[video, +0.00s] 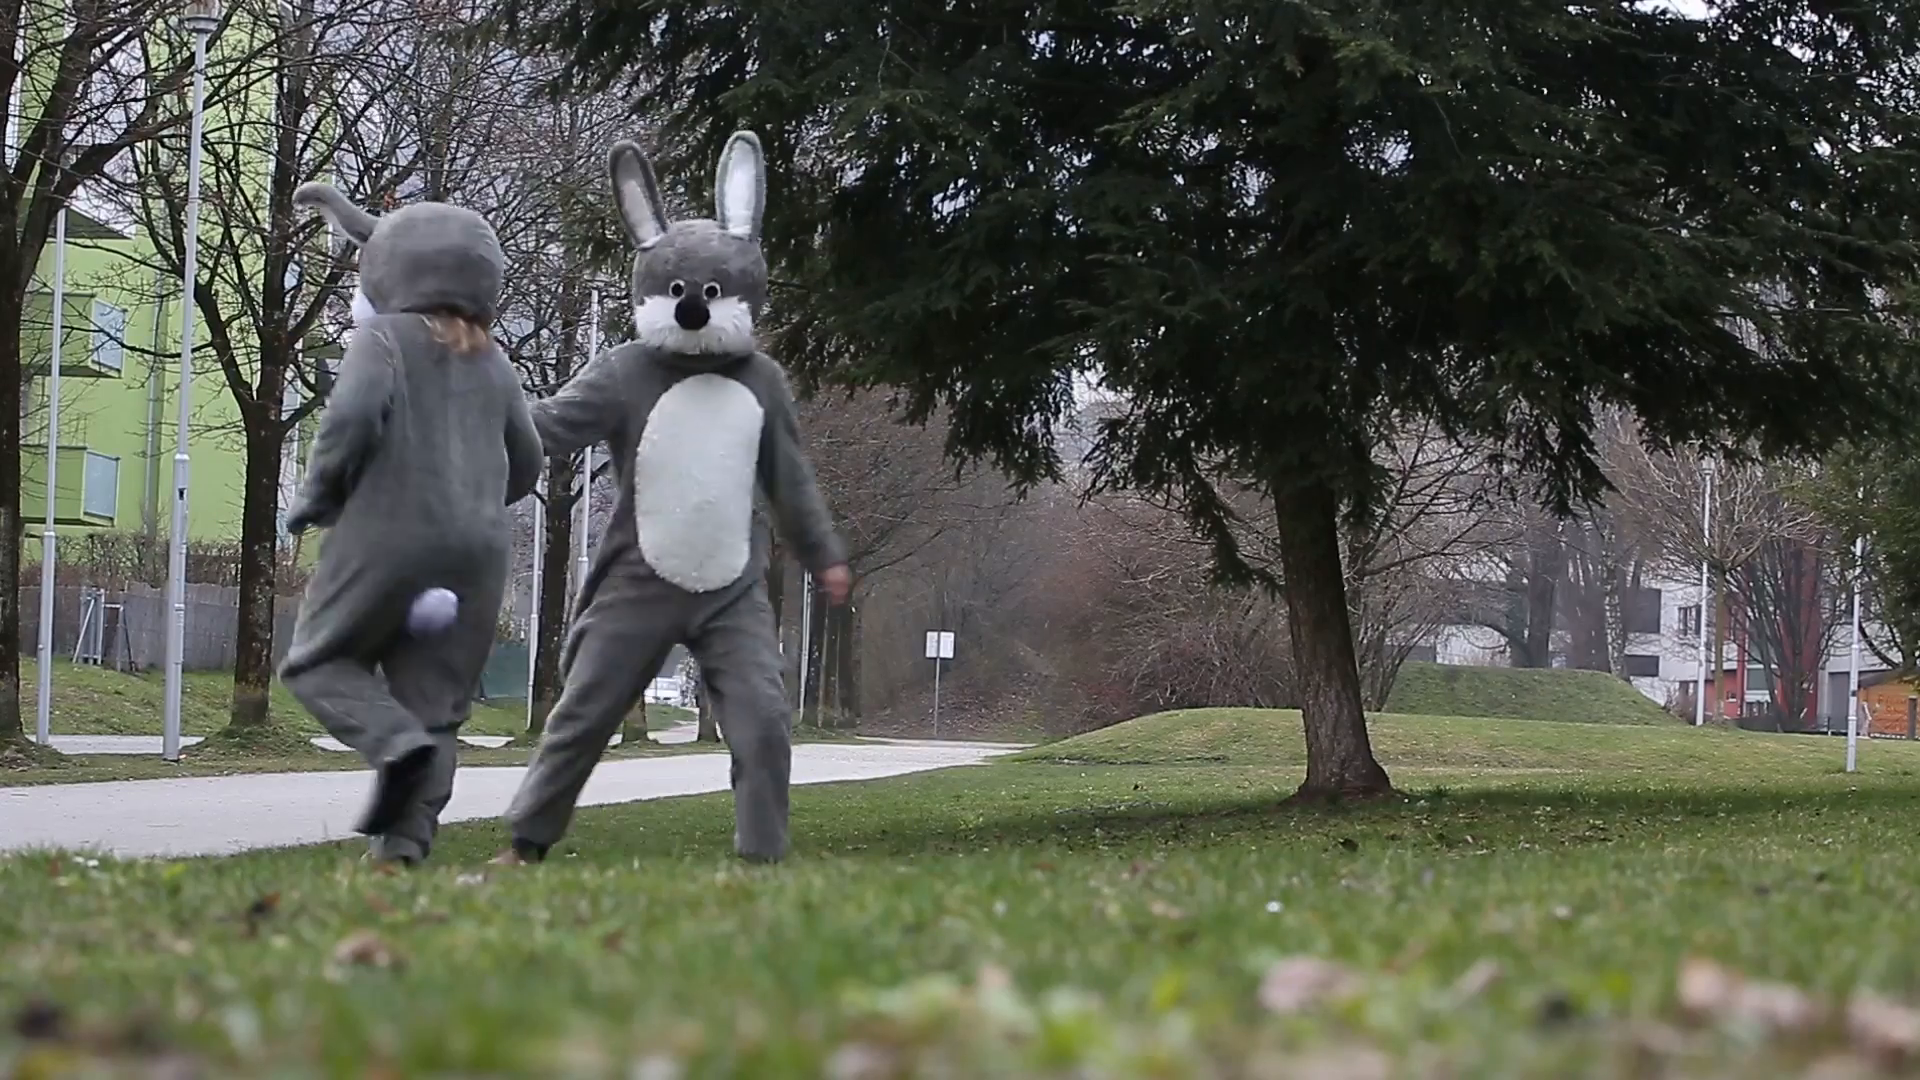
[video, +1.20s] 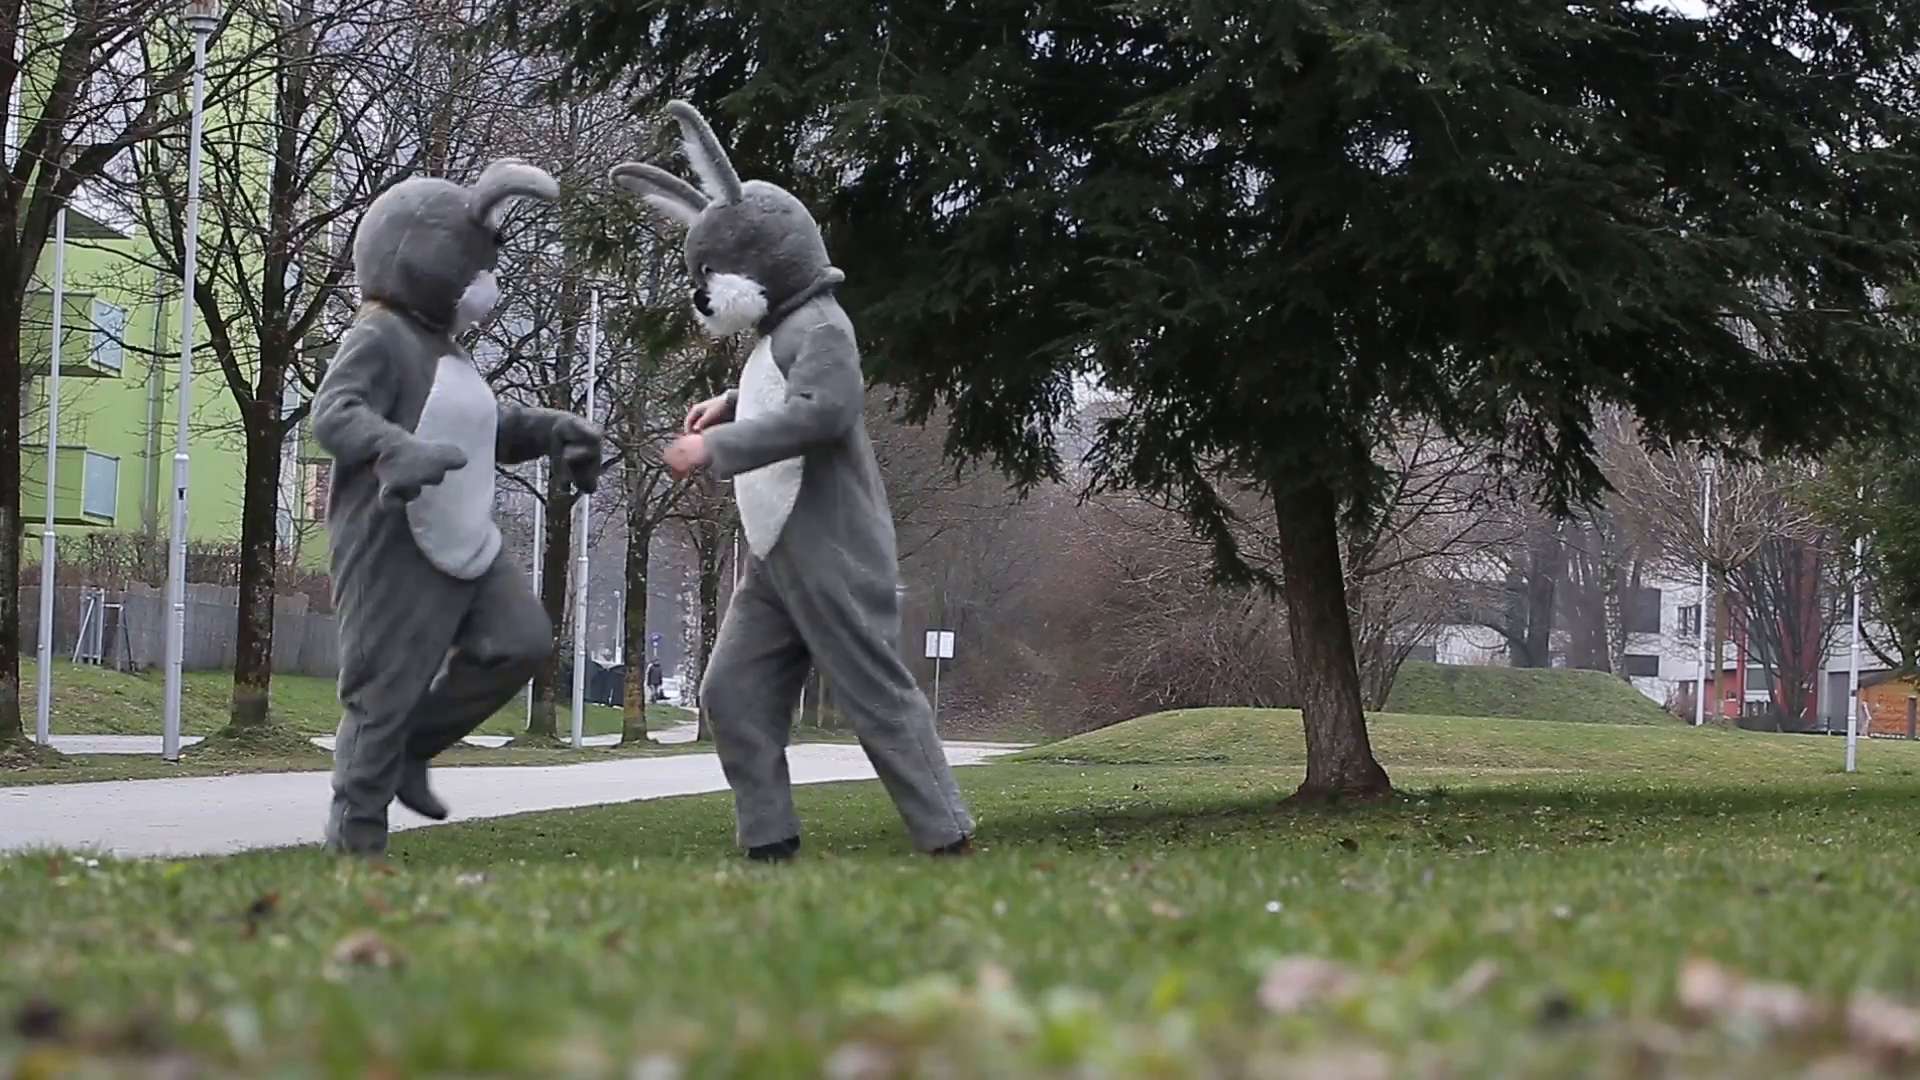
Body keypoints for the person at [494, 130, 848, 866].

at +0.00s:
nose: (697, 307)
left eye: (716, 292)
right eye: (679, 290)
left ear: (745, 303)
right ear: (652, 297)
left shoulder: (762, 382)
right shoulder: (626, 372)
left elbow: (790, 475)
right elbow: (542, 429)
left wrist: (826, 553)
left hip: (734, 590)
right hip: (639, 583)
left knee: (765, 722)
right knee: (583, 715)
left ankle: (763, 862)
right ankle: (525, 844)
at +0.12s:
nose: (702, 284)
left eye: (720, 267)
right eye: (687, 269)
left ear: (761, 269)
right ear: (671, 271)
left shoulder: (803, 343)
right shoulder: (660, 341)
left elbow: (858, 429)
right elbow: (601, 393)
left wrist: (906, 502)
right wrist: (517, 410)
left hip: (770, 549)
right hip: (674, 545)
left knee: (771, 698)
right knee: (645, 692)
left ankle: (774, 847)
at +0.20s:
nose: (706, 267)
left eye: (721, 250)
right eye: (695, 253)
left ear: (762, 246)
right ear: (685, 252)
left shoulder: (815, 319)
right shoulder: (682, 321)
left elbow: (871, 408)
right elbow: (635, 379)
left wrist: (911, 483)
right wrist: (569, 394)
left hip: (786, 530)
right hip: (694, 529)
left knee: (787, 681)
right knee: (702, 686)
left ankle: (806, 837)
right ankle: (725, 835)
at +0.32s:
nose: (704, 267)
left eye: (720, 249)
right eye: (696, 253)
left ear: (769, 242)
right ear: (694, 256)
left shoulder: (829, 319)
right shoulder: (711, 335)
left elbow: (881, 413)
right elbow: (683, 395)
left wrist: (890, 484)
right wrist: (615, 395)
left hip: (814, 531)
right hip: (731, 541)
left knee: (823, 675)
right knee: (766, 694)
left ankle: (890, 820)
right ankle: (824, 839)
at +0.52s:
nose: (715, 303)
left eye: (723, 286)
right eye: (712, 289)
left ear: (769, 275)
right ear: (748, 285)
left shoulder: (836, 344)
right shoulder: (760, 362)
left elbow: (880, 446)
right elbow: (755, 437)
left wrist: (841, 515)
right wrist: (696, 385)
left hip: (839, 555)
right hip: (781, 567)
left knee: (876, 696)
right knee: (787, 716)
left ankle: (954, 835)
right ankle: (844, 851)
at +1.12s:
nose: (723, 283)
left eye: (729, 264)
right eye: (720, 269)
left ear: (773, 252)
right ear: (770, 256)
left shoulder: (832, 316)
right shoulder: (793, 323)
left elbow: (853, 414)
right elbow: (804, 391)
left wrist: (761, 459)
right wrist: (751, 398)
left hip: (851, 542)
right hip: (799, 546)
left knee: (888, 686)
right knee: (761, 683)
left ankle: (948, 834)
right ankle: (774, 840)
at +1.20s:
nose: (709, 292)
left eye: (715, 274)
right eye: (706, 277)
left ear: (759, 263)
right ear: (761, 263)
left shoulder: (816, 328)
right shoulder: (781, 332)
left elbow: (822, 414)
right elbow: (785, 399)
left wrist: (715, 448)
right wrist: (727, 406)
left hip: (837, 551)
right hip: (779, 556)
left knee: (878, 694)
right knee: (733, 691)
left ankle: (947, 836)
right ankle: (772, 842)